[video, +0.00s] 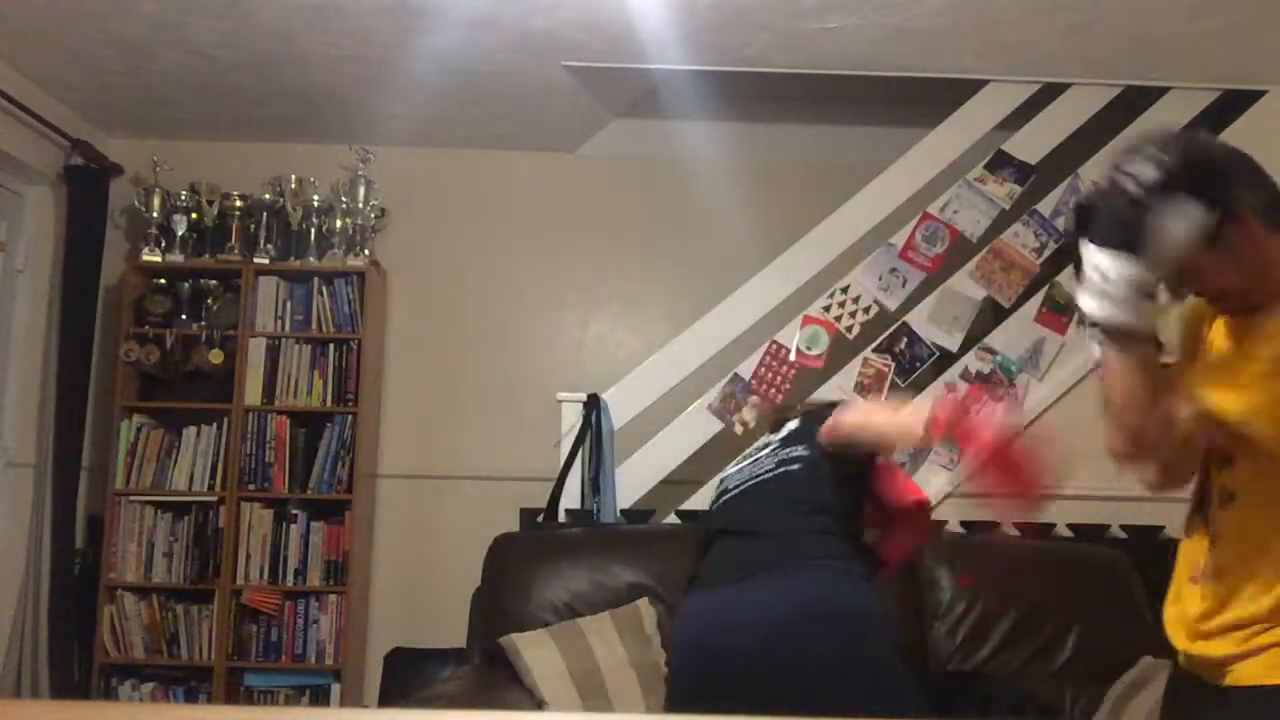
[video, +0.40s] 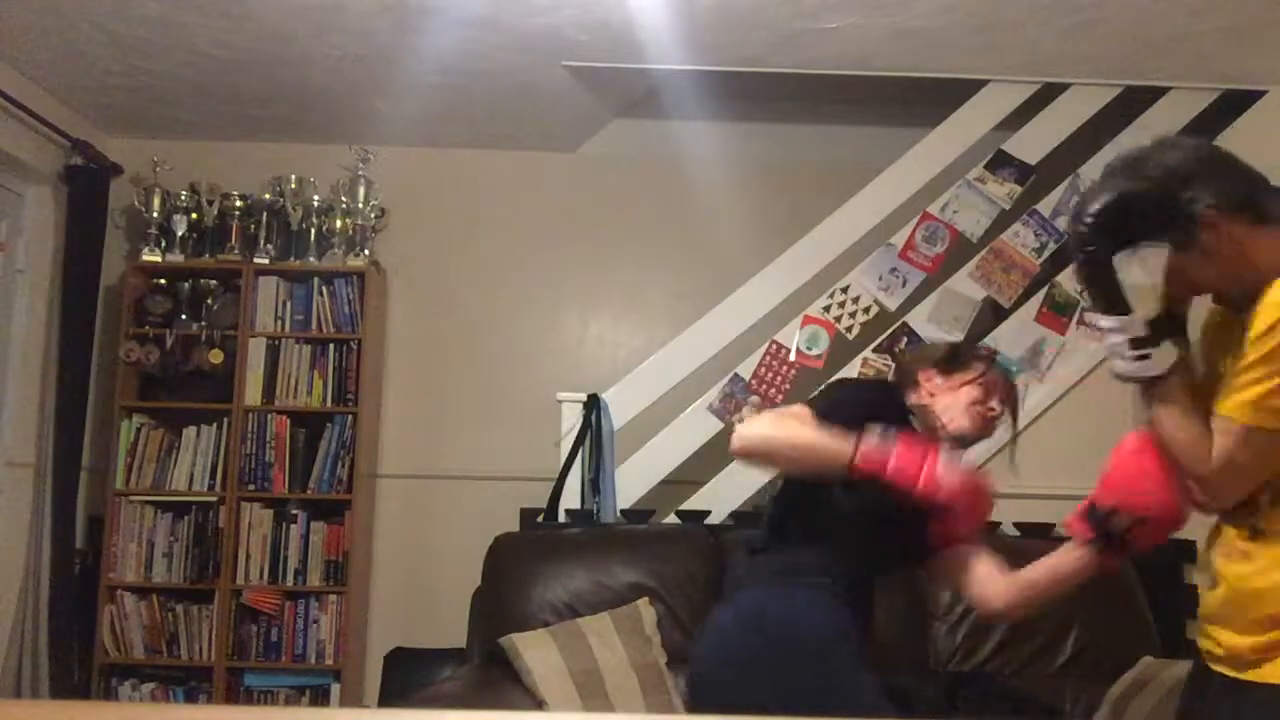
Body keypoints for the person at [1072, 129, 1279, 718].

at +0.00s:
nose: (1193, 290)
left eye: (1191, 268)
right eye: (1176, 277)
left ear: (1239, 227)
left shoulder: (1270, 330)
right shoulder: (1208, 320)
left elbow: (1157, 456)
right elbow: (1153, 460)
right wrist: (1119, 305)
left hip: (1265, 666)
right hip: (1195, 652)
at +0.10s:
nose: (1186, 269)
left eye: (1183, 250)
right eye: (1167, 257)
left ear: (1228, 205)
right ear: (1229, 205)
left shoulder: (1268, 298)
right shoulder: (1246, 299)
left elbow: (1140, 414)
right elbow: (1176, 456)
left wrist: (1115, 288)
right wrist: (1127, 315)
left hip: (1256, 656)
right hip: (1211, 643)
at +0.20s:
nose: (1195, 264)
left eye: (1189, 244)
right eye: (1184, 248)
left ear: (1224, 217)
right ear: (1229, 213)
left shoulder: (1270, 293)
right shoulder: (1253, 295)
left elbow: (1130, 422)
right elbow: (1193, 462)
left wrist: (1136, 264)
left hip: (1257, 656)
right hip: (1226, 644)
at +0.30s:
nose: (1194, 279)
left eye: (1192, 259)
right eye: (1180, 269)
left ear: (1228, 214)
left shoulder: (1273, 305)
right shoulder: (1225, 317)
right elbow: (1197, 477)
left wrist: (1160, 328)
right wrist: (1141, 350)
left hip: (1268, 662)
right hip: (1215, 644)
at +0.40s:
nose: (1175, 294)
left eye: (1169, 272)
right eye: (1161, 280)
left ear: (1212, 227)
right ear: (1213, 227)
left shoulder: (1273, 311)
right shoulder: (1233, 309)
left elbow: (1218, 483)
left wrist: (1158, 366)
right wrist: (1151, 348)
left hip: (1266, 665)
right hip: (1226, 651)